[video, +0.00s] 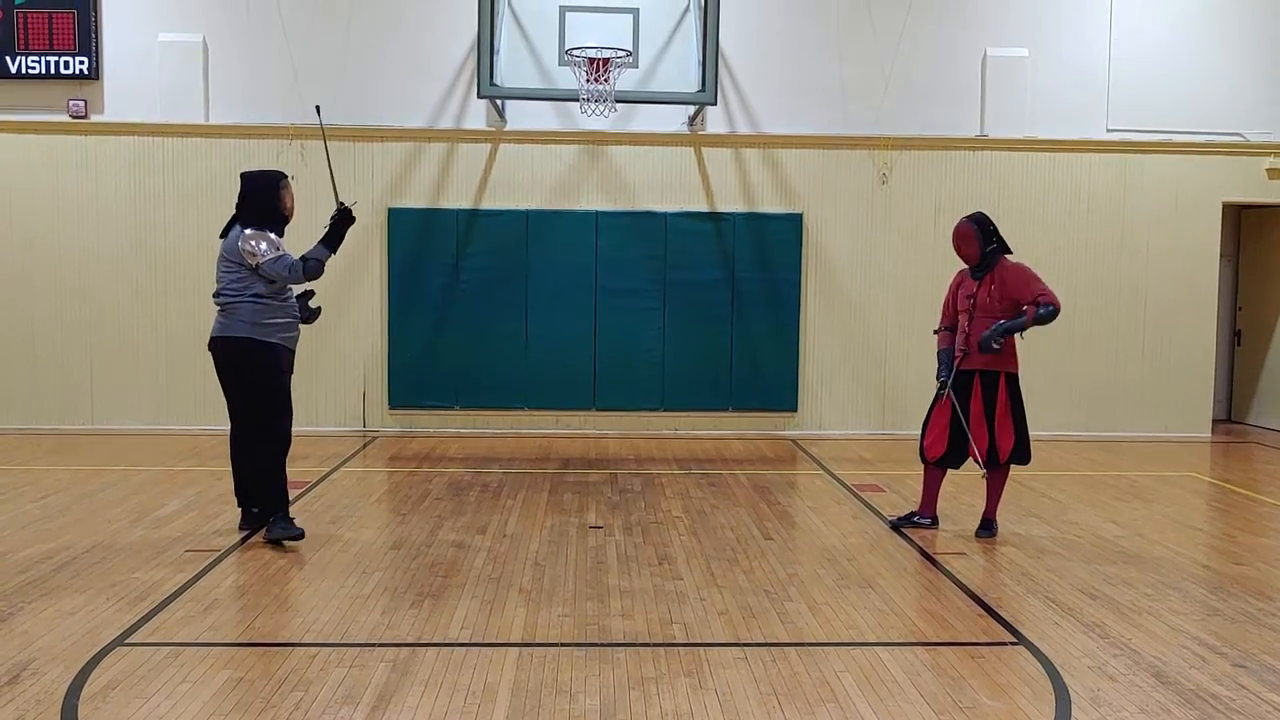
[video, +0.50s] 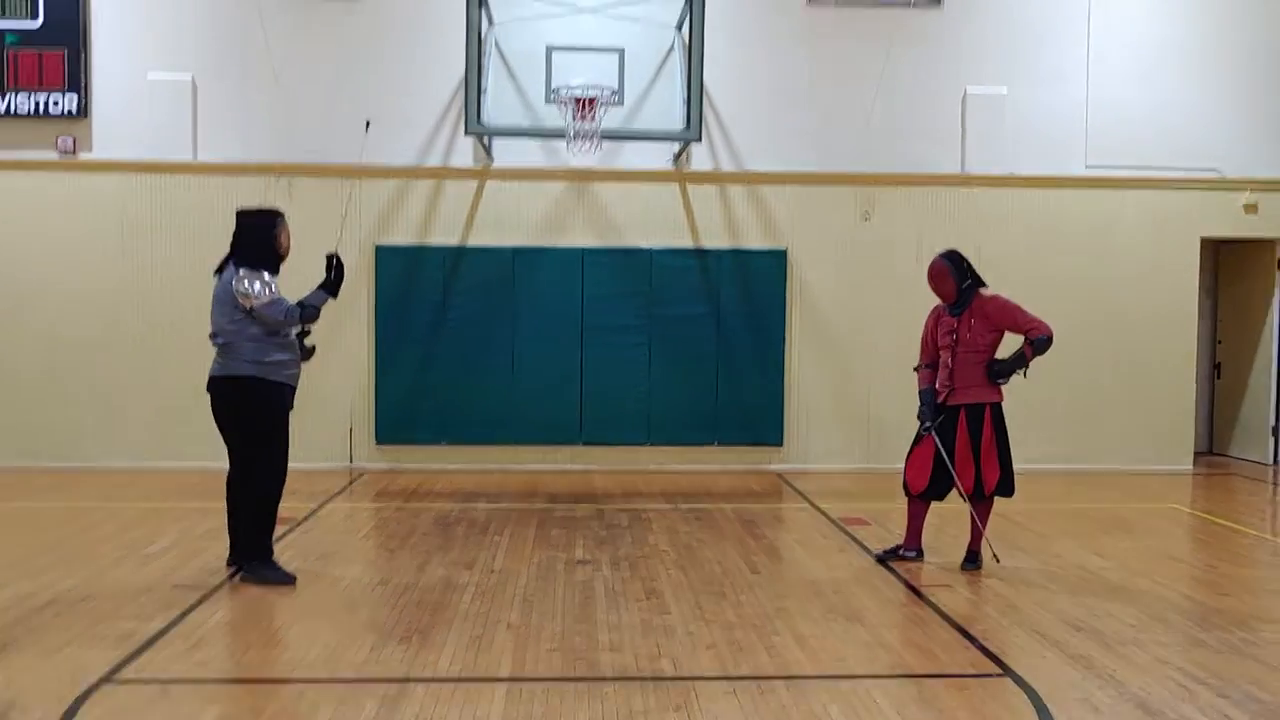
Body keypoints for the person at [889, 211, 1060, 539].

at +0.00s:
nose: (960, 251)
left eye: (964, 244)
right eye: (957, 245)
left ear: (984, 241)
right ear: (960, 245)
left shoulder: (1011, 271)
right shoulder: (961, 279)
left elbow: (1049, 306)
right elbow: (947, 325)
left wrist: (1004, 328)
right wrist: (944, 363)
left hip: (997, 373)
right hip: (960, 373)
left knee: (998, 443)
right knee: (936, 436)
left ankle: (989, 517)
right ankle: (926, 512)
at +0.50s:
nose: (936, 290)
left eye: (940, 282)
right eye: (933, 284)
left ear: (959, 277)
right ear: (934, 283)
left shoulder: (990, 306)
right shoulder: (937, 315)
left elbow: (1042, 334)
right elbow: (927, 364)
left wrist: (1012, 363)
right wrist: (926, 402)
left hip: (981, 406)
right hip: (943, 407)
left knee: (981, 476)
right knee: (920, 469)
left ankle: (973, 549)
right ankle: (911, 545)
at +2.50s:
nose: (943, 258)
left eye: (949, 252)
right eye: (943, 251)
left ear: (968, 256)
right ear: (958, 257)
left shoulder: (991, 291)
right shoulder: (942, 301)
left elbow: (1040, 322)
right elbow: (930, 349)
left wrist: (1010, 354)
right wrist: (928, 390)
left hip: (981, 393)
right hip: (943, 393)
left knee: (982, 463)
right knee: (920, 456)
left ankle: (974, 536)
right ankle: (912, 531)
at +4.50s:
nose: (966, 229)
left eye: (972, 222)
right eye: (967, 222)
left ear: (991, 225)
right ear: (979, 226)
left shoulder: (1015, 261)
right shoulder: (965, 270)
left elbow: (1063, 292)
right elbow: (952, 319)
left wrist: (1032, 324)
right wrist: (949, 358)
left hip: (1003, 363)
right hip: (965, 363)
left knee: (1004, 434)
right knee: (941, 426)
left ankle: (995, 506)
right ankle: (932, 500)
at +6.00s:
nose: (962, 216)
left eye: (967, 208)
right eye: (961, 209)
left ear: (987, 210)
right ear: (971, 211)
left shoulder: (1013, 244)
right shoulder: (964, 255)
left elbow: (1061, 275)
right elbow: (953, 304)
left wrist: (1032, 308)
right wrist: (949, 343)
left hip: (1004, 347)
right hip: (967, 348)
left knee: (1007, 417)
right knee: (944, 411)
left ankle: (1000, 490)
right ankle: (937, 486)